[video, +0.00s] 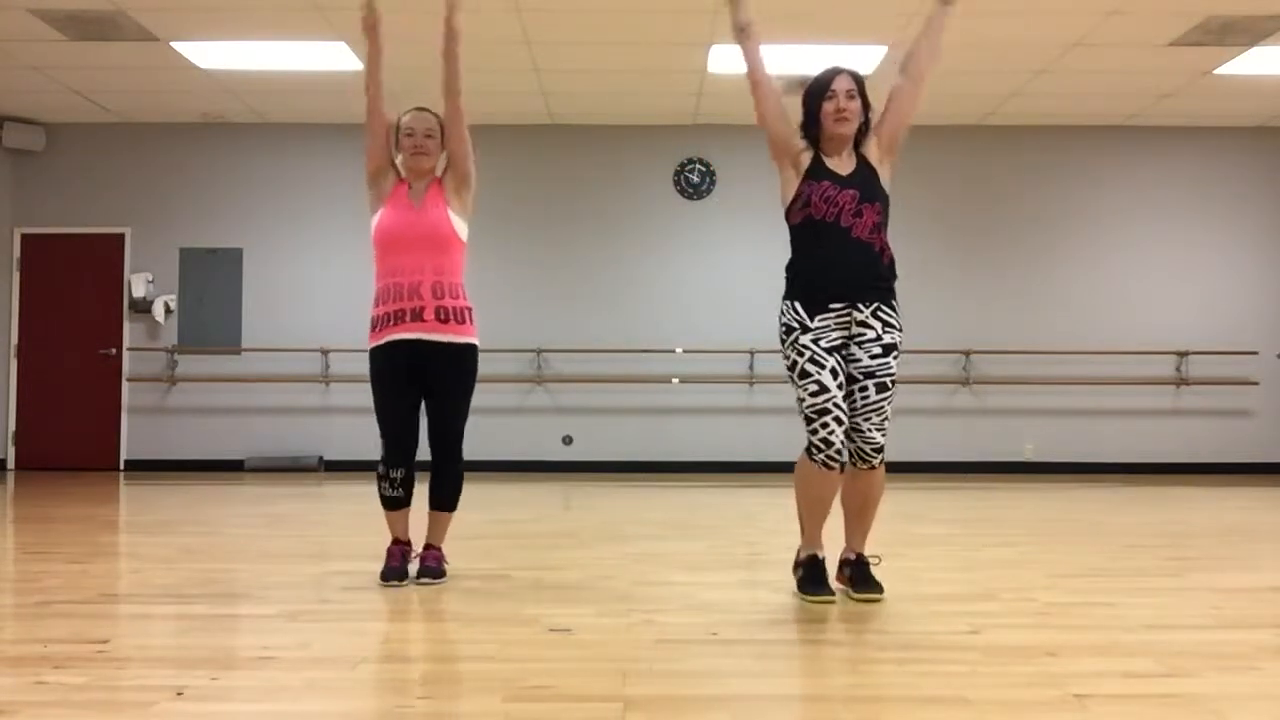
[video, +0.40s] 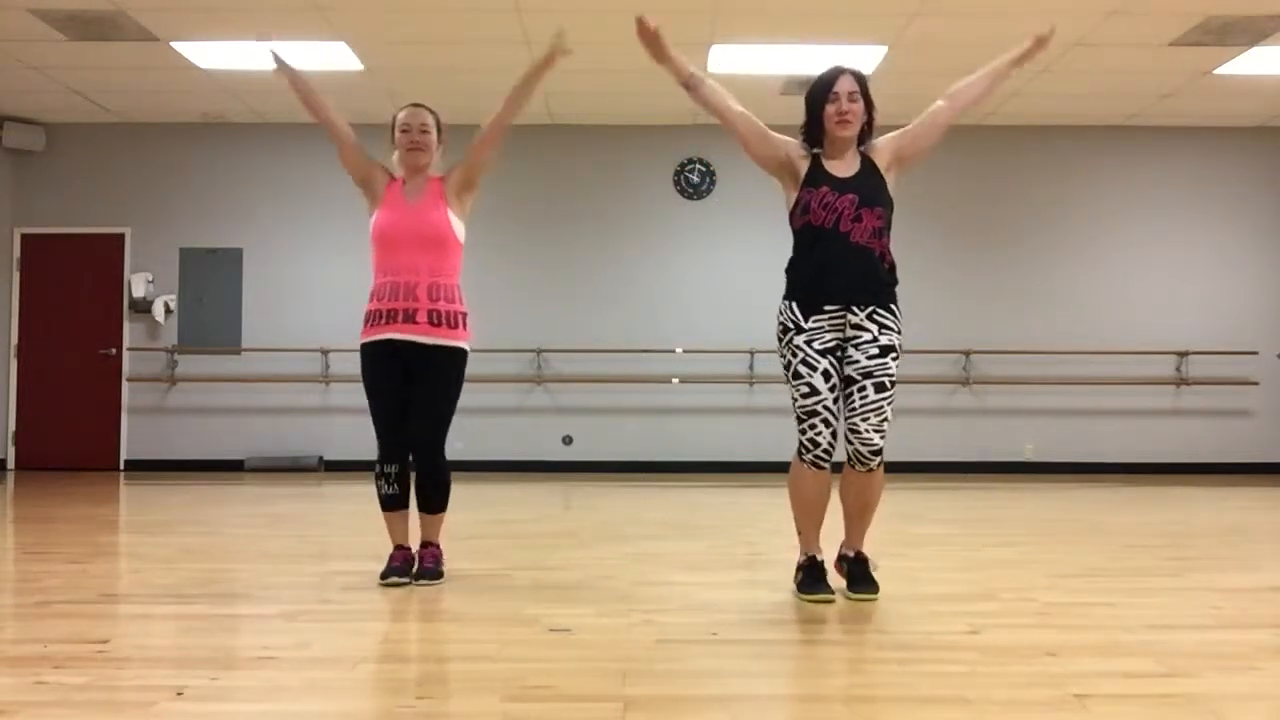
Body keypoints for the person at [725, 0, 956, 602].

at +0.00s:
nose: (843, 103)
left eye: (852, 96)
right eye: (830, 96)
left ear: (864, 110)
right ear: (814, 112)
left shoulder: (878, 158)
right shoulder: (795, 160)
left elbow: (915, 75)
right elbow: (761, 86)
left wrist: (943, 8)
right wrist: (745, 31)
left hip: (875, 315)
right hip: (811, 316)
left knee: (869, 438)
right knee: (829, 434)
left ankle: (854, 557)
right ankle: (810, 555)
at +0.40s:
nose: (844, 107)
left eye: (853, 98)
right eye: (833, 99)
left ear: (867, 109)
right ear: (816, 110)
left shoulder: (884, 157)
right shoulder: (795, 160)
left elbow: (951, 105)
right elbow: (734, 115)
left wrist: (1017, 58)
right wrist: (672, 63)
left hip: (874, 317)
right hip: (809, 318)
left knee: (867, 439)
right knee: (819, 436)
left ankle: (853, 554)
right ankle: (809, 559)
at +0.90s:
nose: (847, 101)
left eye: (856, 93)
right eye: (836, 93)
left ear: (868, 105)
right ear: (817, 106)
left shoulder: (888, 161)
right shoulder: (793, 161)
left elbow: (961, 153)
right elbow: (714, 156)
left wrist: (1039, 145)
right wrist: (637, 147)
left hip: (875, 315)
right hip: (810, 316)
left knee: (875, 441)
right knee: (829, 438)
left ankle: (854, 553)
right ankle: (817, 559)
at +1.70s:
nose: (851, 100)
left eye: (861, 92)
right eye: (841, 91)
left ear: (874, 104)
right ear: (823, 104)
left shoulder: (894, 165)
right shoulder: (796, 167)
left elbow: (962, 202)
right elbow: (723, 206)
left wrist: (1032, 236)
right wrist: (654, 234)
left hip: (884, 315)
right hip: (818, 316)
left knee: (877, 441)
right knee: (836, 439)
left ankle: (858, 556)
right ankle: (825, 559)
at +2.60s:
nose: (847, 100)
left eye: (849, 89)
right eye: (832, 101)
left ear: (867, 94)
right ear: (822, 122)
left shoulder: (910, 157)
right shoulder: (818, 175)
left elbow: (954, 226)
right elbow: (760, 230)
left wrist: (954, 285)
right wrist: (696, 243)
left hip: (896, 317)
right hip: (828, 319)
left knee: (888, 446)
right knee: (829, 443)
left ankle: (869, 565)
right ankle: (823, 556)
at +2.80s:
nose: (822, 91)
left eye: (824, 80)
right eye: (807, 93)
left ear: (841, 87)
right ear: (796, 116)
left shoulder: (892, 145)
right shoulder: (792, 170)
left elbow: (936, 216)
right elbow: (728, 209)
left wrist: (936, 295)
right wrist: (654, 221)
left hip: (889, 307)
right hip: (818, 309)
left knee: (889, 434)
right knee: (789, 429)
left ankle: (889, 562)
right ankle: (751, 547)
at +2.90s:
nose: (810, 96)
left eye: (815, 87)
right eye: (796, 96)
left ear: (833, 97)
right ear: (783, 119)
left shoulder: (876, 157)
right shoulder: (777, 176)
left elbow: (925, 218)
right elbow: (707, 213)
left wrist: (919, 288)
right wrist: (638, 229)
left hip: (880, 313)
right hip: (810, 321)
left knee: (891, 438)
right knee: (778, 444)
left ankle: (894, 564)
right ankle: (724, 558)